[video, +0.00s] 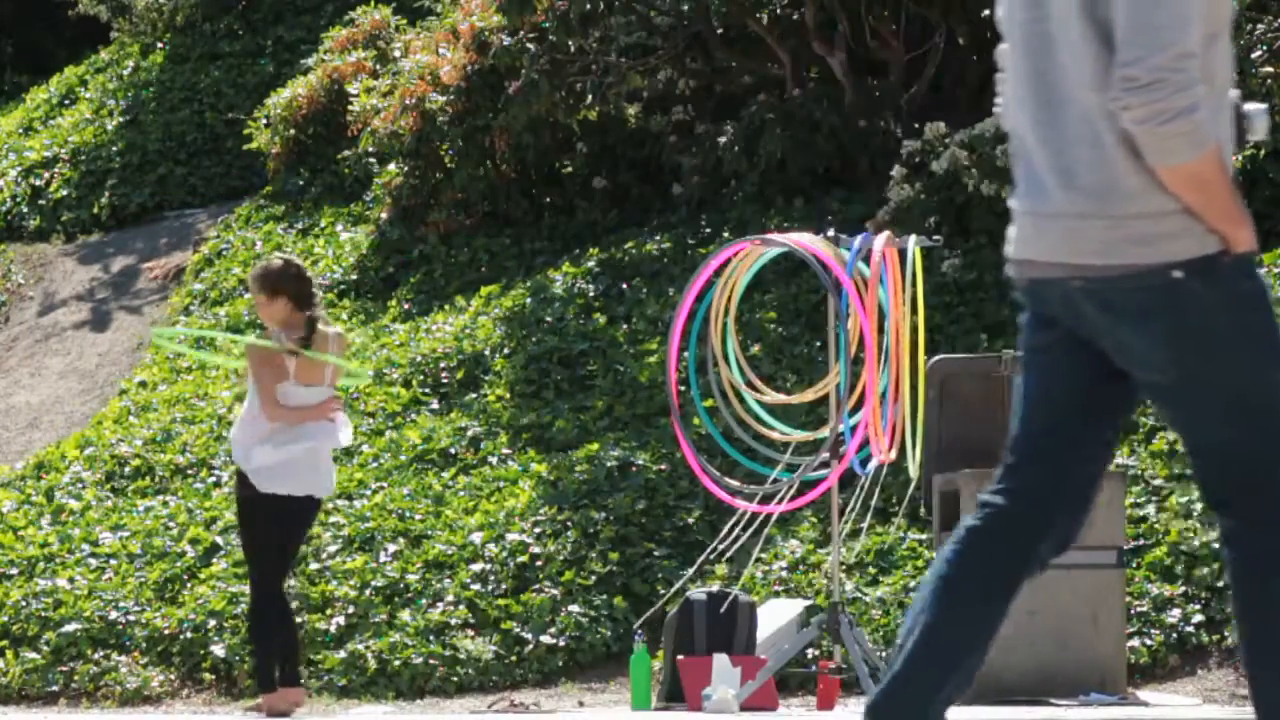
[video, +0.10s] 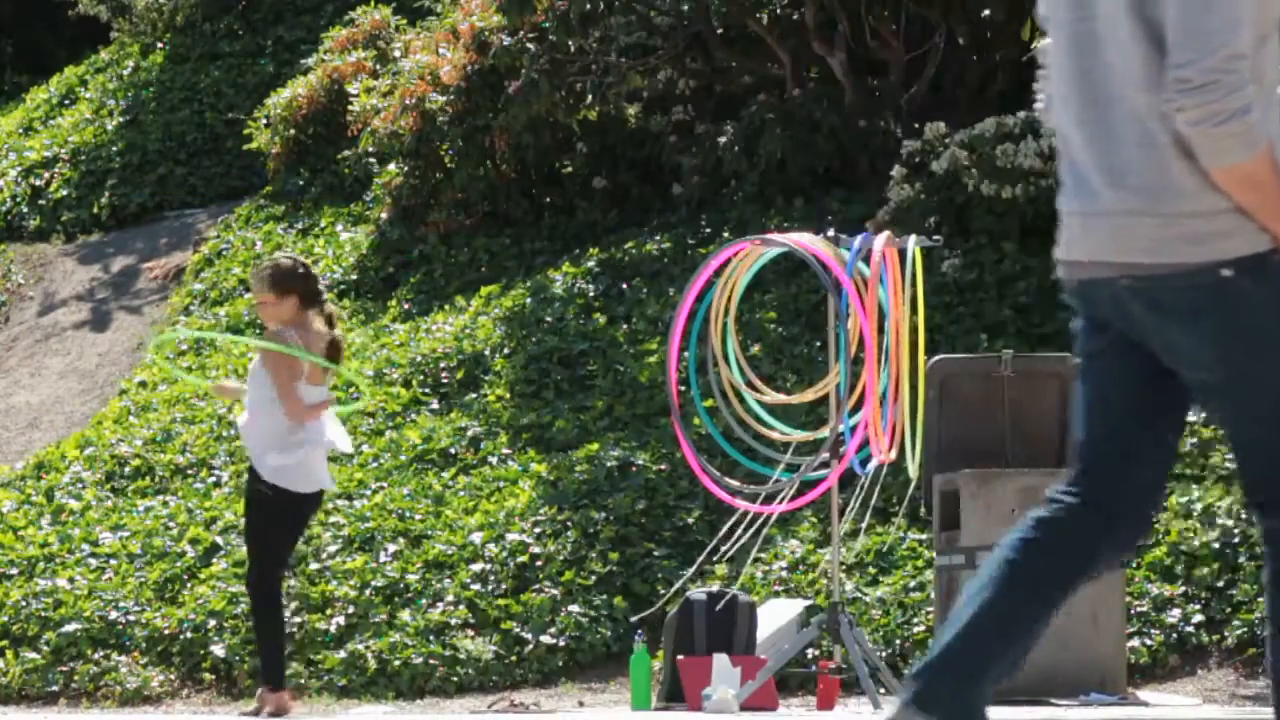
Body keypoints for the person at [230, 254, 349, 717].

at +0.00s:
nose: (256, 308)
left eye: (261, 300)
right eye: (255, 300)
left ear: (284, 300)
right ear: (297, 300)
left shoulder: (263, 347)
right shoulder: (334, 340)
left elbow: (273, 412)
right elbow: (333, 391)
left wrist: (325, 409)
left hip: (263, 473)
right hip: (312, 473)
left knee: (263, 581)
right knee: (274, 579)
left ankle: (269, 689)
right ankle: (292, 681)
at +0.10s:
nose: (258, 310)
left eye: (265, 302)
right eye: (257, 302)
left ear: (292, 300)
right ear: (295, 302)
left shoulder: (277, 343)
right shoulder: (317, 336)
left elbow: (295, 410)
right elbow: (284, 394)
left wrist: (328, 400)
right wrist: (240, 392)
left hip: (276, 481)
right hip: (305, 481)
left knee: (262, 582)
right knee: (267, 580)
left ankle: (274, 689)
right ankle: (274, 686)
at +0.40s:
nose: (290, 311)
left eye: (300, 304)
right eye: (282, 302)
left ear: (316, 304)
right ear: (271, 301)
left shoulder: (316, 343)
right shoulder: (270, 344)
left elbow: (348, 404)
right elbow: (244, 412)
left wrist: (303, 415)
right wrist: (191, 428)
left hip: (304, 472)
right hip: (264, 472)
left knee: (295, 581)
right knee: (261, 581)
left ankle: (303, 691)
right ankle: (271, 687)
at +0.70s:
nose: (327, 316)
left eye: (332, 308)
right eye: (320, 306)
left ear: (332, 307)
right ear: (292, 301)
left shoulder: (337, 345)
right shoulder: (254, 352)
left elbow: (351, 403)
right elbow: (234, 410)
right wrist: (237, 448)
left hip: (331, 466)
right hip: (279, 467)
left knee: (328, 584)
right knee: (279, 582)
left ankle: (294, 685)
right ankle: (265, 683)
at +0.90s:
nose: (344, 317)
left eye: (346, 309)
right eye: (341, 308)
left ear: (322, 303)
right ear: (313, 301)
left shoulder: (329, 342)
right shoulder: (275, 352)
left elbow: (334, 403)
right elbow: (263, 419)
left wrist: (352, 449)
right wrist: (293, 459)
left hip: (339, 470)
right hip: (303, 472)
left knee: (332, 582)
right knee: (319, 581)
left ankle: (295, 685)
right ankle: (257, 670)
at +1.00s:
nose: (346, 314)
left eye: (347, 306)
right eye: (343, 305)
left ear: (322, 303)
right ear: (320, 301)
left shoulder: (320, 345)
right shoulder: (294, 351)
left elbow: (321, 410)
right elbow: (290, 419)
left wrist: (347, 449)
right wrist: (333, 458)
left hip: (329, 476)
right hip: (312, 479)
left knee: (336, 583)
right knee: (337, 583)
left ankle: (294, 684)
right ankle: (265, 663)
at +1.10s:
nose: (349, 311)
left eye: (350, 302)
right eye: (346, 302)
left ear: (315, 301)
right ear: (327, 301)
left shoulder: (296, 347)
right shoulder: (313, 351)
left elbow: (281, 415)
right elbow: (324, 420)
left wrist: (329, 429)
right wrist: (374, 457)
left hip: (308, 480)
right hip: (325, 481)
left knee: (332, 577)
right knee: (351, 580)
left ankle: (295, 674)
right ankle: (292, 668)